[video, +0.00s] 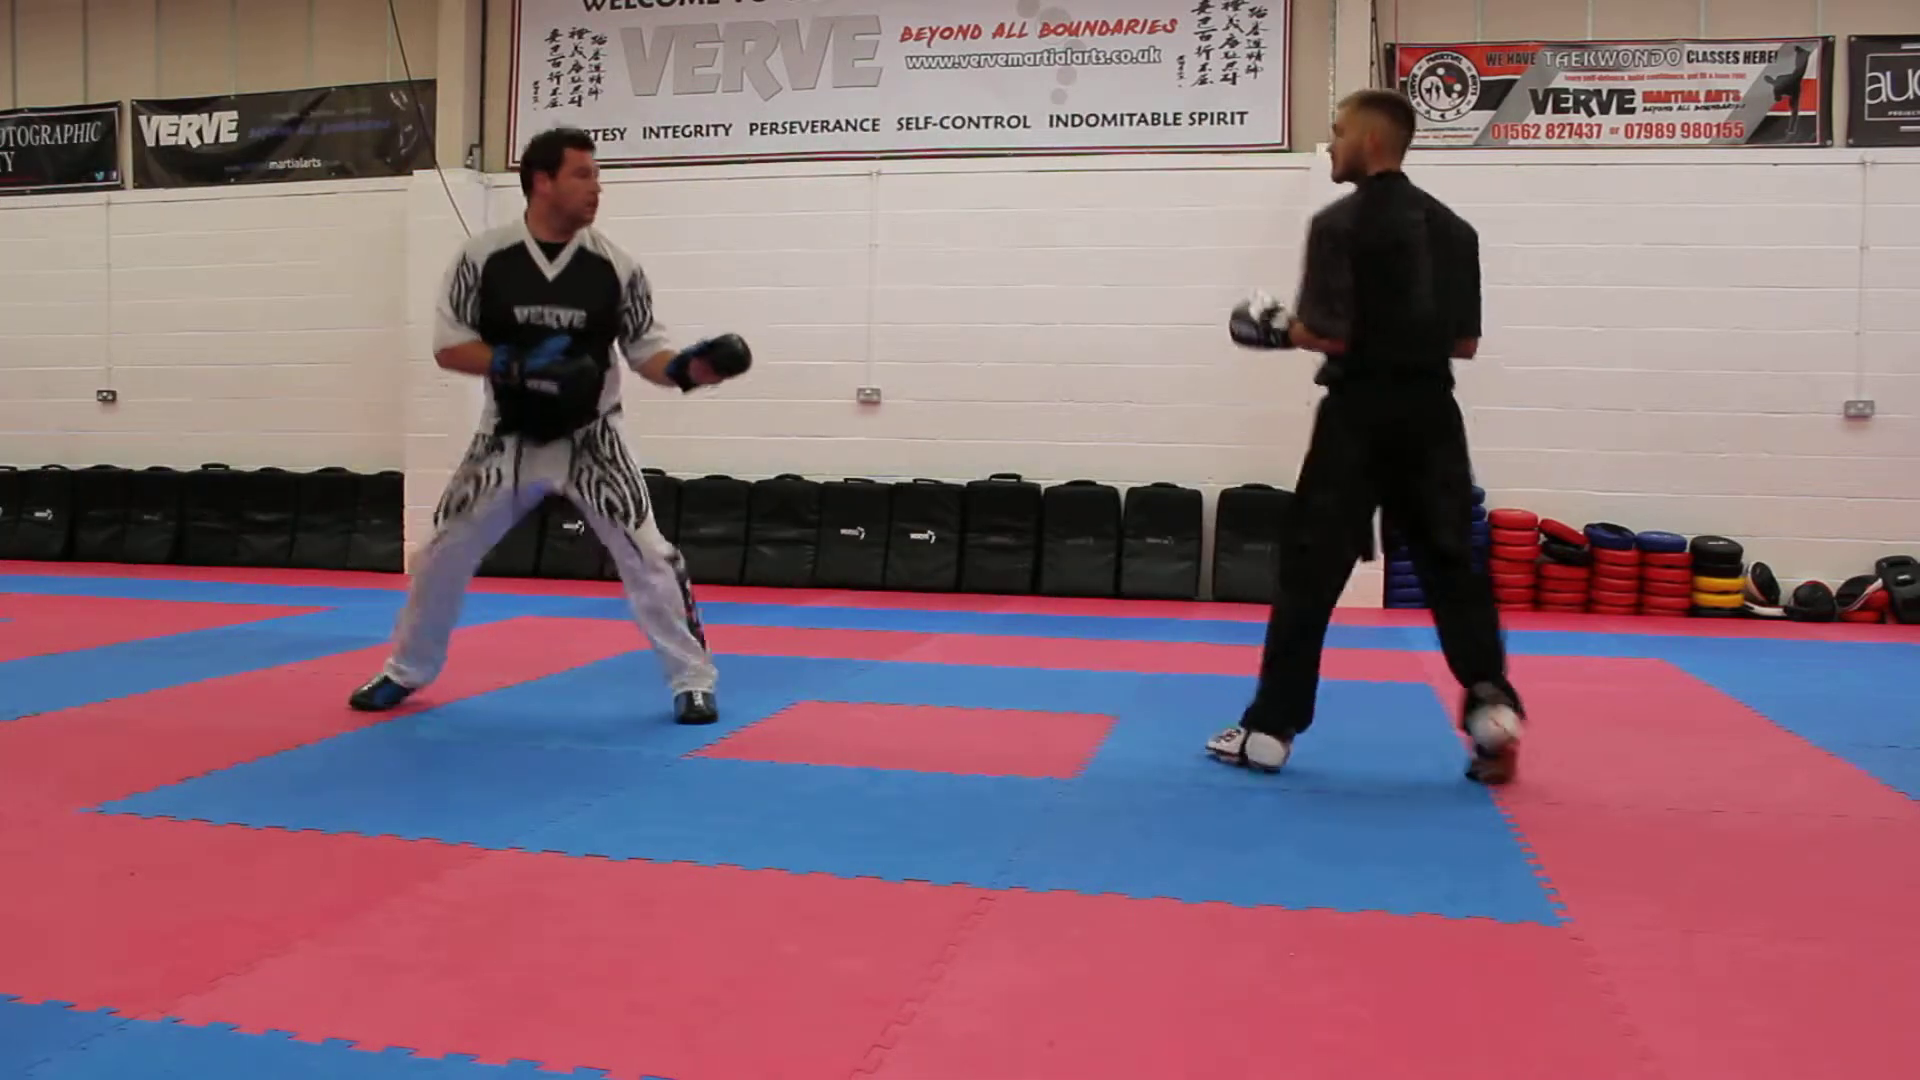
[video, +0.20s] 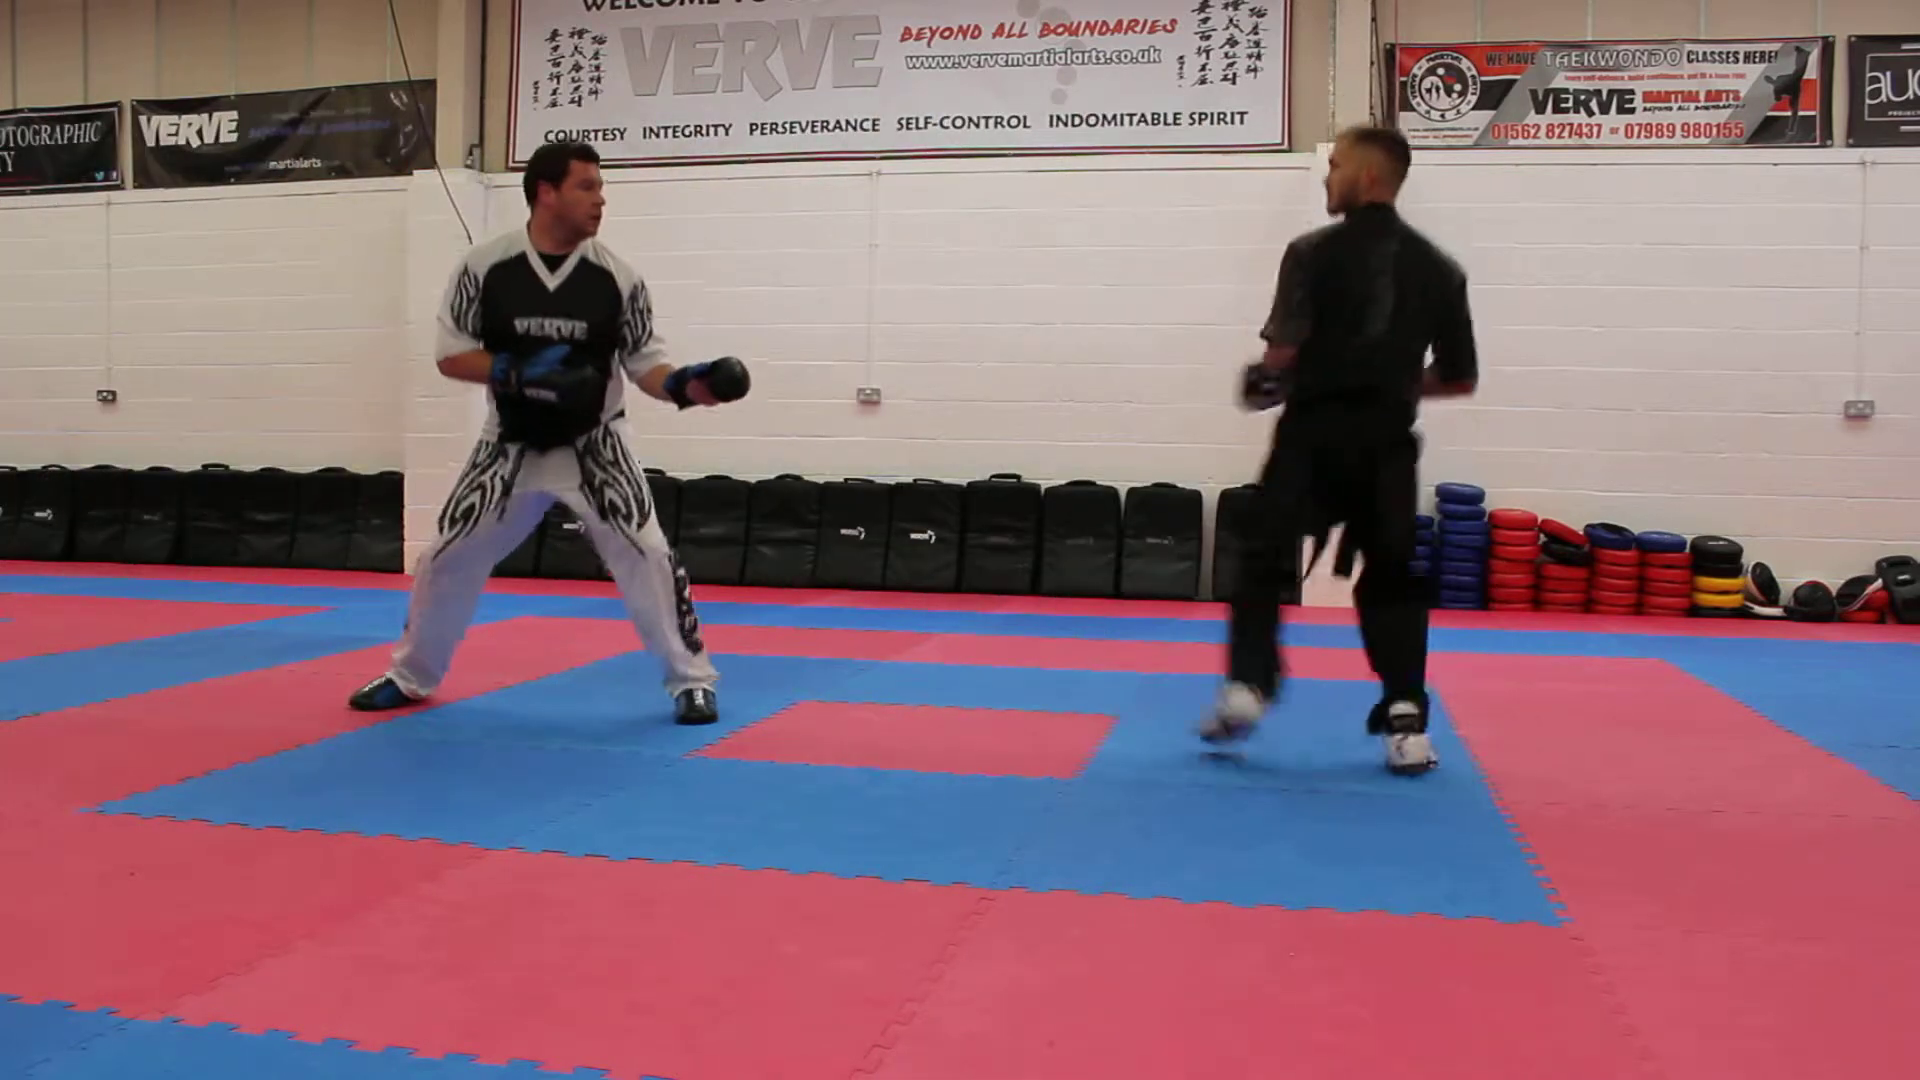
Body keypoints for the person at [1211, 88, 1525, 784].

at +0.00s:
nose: (1329, 146)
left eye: (1338, 134)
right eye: (1333, 134)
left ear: (1370, 142)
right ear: (1395, 145)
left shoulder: (1339, 225)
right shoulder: (1453, 230)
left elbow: (1328, 336)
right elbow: (1464, 342)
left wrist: (1276, 327)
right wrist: (1382, 327)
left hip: (1353, 426)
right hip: (1431, 423)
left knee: (1309, 575)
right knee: (1452, 563)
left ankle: (1270, 731)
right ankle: (1490, 699)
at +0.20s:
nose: (1325, 178)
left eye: (1333, 167)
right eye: (1329, 166)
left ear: (1365, 174)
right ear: (1388, 179)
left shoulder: (1313, 253)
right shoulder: (1437, 267)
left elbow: (1282, 354)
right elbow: (1458, 375)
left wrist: (1263, 377)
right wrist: (1393, 383)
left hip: (1310, 442)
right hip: (1387, 447)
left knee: (1264, 551)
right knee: (1390, 573)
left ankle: (1249, 683)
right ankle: (1405, 720)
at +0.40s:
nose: (1270, 149)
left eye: (1280, 138)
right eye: (1274, 137)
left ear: (1308, 145)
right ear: (1330, 150)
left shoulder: (1276, 209)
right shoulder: (1365, 234)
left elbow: (1187, 235)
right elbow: (1352, 344)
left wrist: (1119, 216)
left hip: (1218, 372)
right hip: (1282, 405)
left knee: (1132, 389)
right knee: (1310, 552)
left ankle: (1083, 474)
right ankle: (1348, 708)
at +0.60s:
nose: (1176, 163)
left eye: (1184, 151)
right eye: (1179, 150)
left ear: (1204, 155)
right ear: (1238, 158)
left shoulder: (1175, 214)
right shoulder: (1284, 250)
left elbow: (1100, 247)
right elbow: (1277, 356)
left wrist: (1065, 242)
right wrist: (1212, 336)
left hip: (1124, 371)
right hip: (1189, 415)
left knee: (1014, 400)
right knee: (1176, 554)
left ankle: (907, 443)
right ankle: (1214, 702)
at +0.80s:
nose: (1061, 194)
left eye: (1068, 184)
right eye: (1065, 183)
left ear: (1080, 191)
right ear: (1107, 195)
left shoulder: (1049, 258)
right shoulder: (1142, 275)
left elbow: (971, 302)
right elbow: (1134, 373)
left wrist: (972, 287)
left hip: (1021, 451)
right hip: (1094, 459)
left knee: (955, 556)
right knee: (1149, 580)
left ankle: (893, 683)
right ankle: (1210, 716)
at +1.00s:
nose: (810, 192)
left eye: (815, 182)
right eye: (813, 182)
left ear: (829, 187)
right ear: (860, 188)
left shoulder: (818, 240)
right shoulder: (915, 240)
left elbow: (732, 211)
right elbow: (996, 295)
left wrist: (662, 179)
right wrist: (937, 322)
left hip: (901, 432)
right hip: (960, 424)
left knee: (877, 571)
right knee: (1009, 540)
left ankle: (889, 701)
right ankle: (1077, 651)